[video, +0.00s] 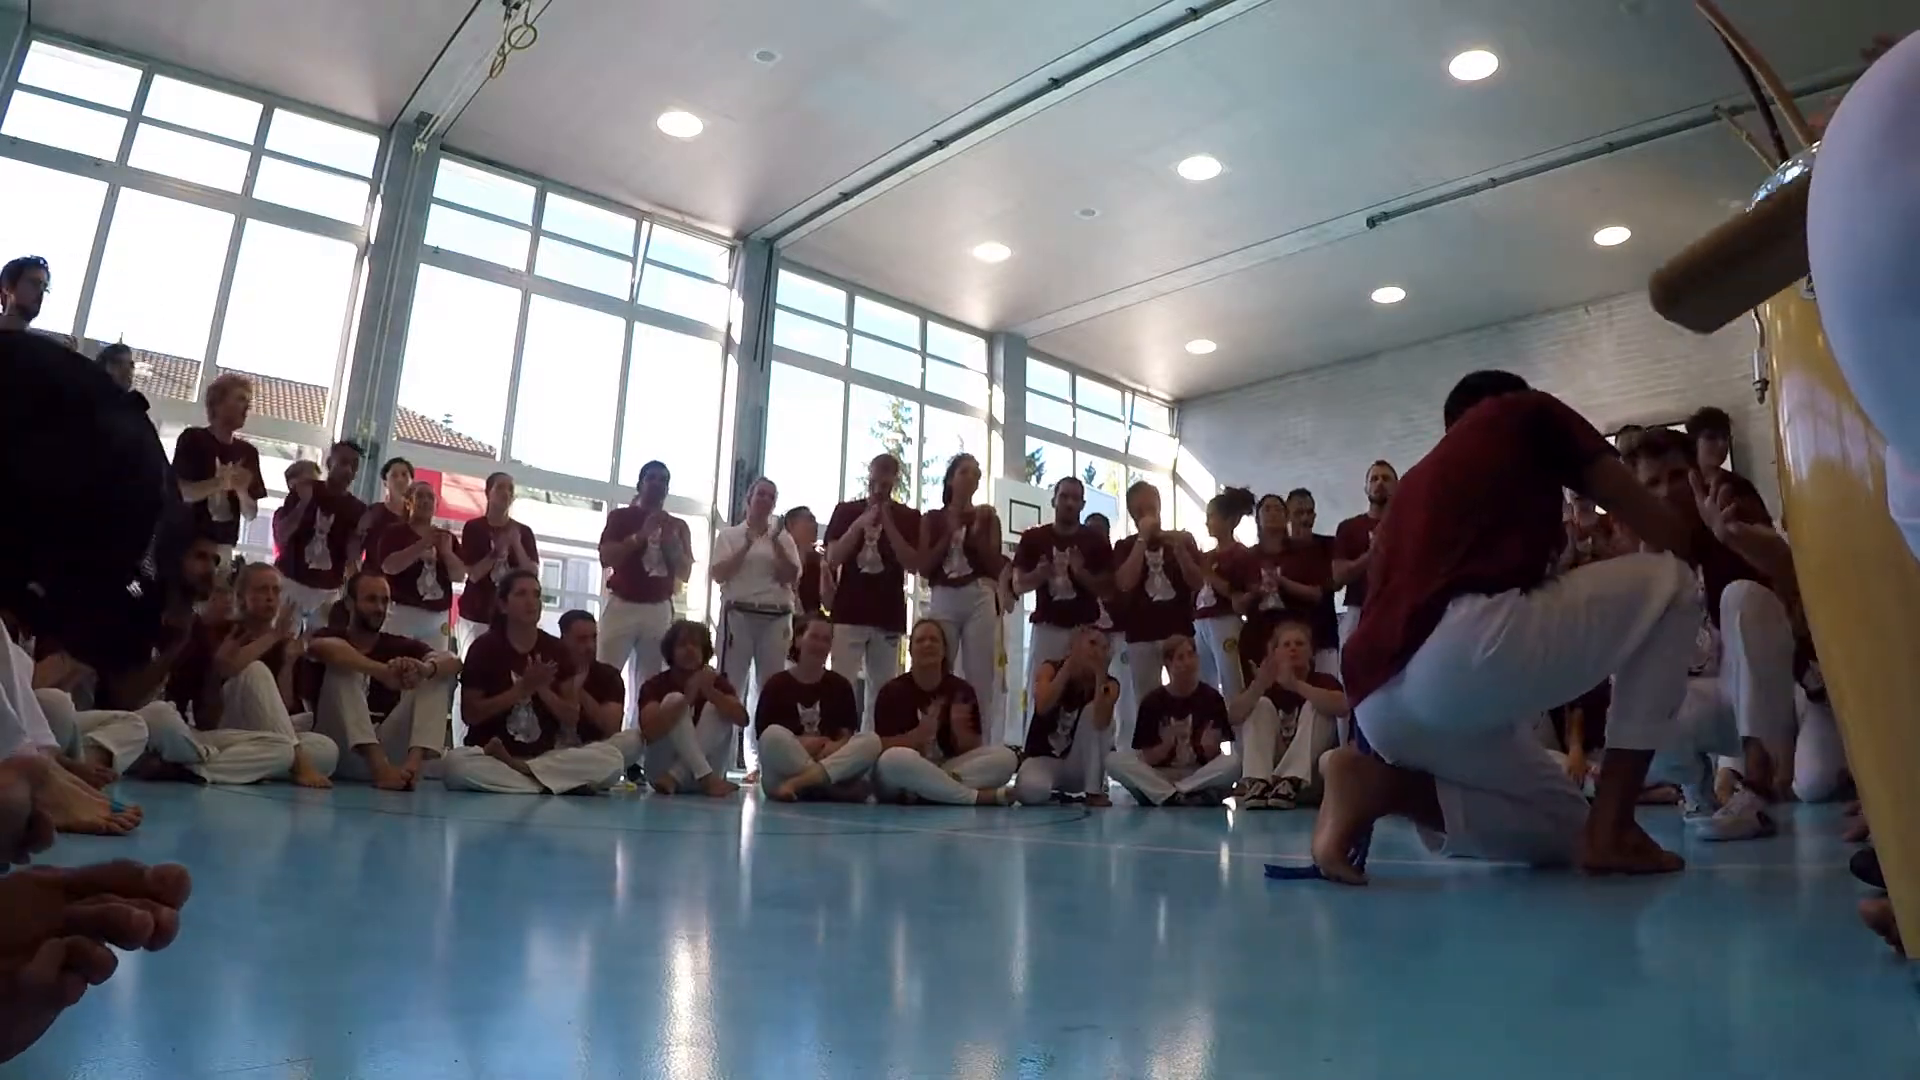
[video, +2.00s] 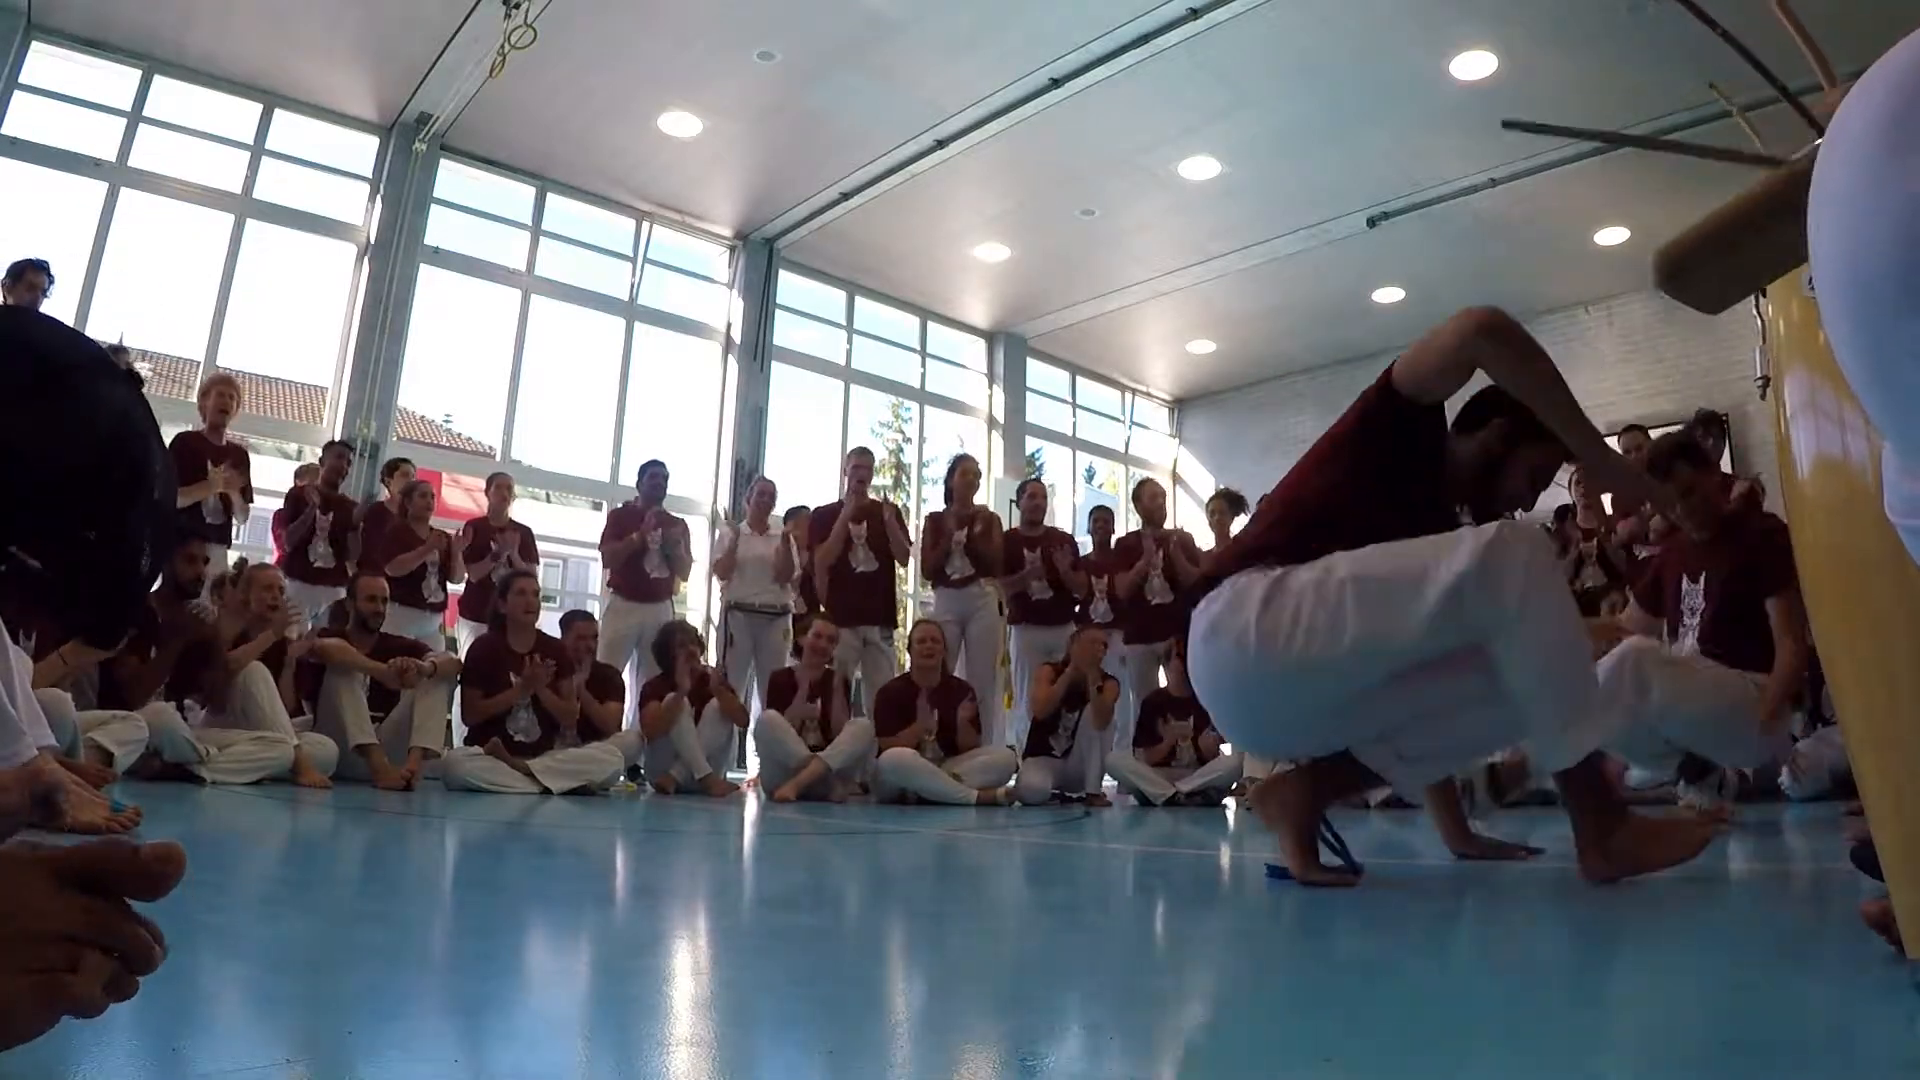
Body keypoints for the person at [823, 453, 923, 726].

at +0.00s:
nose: (881, 486)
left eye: (887, 480)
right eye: (876, 479)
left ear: (896, 480)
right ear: (868, 476)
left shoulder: (909, 516)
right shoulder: (846, 511)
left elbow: (913, 563)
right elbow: (834, 557)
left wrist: (887, 523)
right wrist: (859, 525)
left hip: (888, 618)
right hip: (849, 616)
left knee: (885, 695)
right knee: (841, 690)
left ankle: (881, 757)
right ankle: (838, 753)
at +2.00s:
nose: (861, 474)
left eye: (867, 469)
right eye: (856, 468)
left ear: (873, 474)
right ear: (845, 471)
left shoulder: (888, 512)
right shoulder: (823, 515)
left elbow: (904, 558)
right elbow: (823, 562)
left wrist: (890, 521)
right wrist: (846, 512)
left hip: (880, 620)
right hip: (841, 620)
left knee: (883, 701)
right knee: (837, 700)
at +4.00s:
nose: (875, 477)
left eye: (880, 471)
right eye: (870, 470)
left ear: (886, 475)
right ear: (858, 471)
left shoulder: (898, 512)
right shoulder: (835, 511)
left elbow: (905, 559)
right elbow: (832, 560)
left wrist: (884, 528)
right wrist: (854, 526)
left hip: (884, 618)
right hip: (846, 616)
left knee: (881, 699)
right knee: (844, 696)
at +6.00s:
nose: (877, 478)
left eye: (882, 472)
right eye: (872, 472)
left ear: (890, 474)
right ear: (862, 474)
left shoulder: (906, 517)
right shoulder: (843, 514)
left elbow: (913, 563)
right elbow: (831, 563)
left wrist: (885, 533)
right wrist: (863, 533)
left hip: (890, 609)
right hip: (848, 609)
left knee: (887, 694)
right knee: (849, 692)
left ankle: (878, 772)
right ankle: (841, 769)